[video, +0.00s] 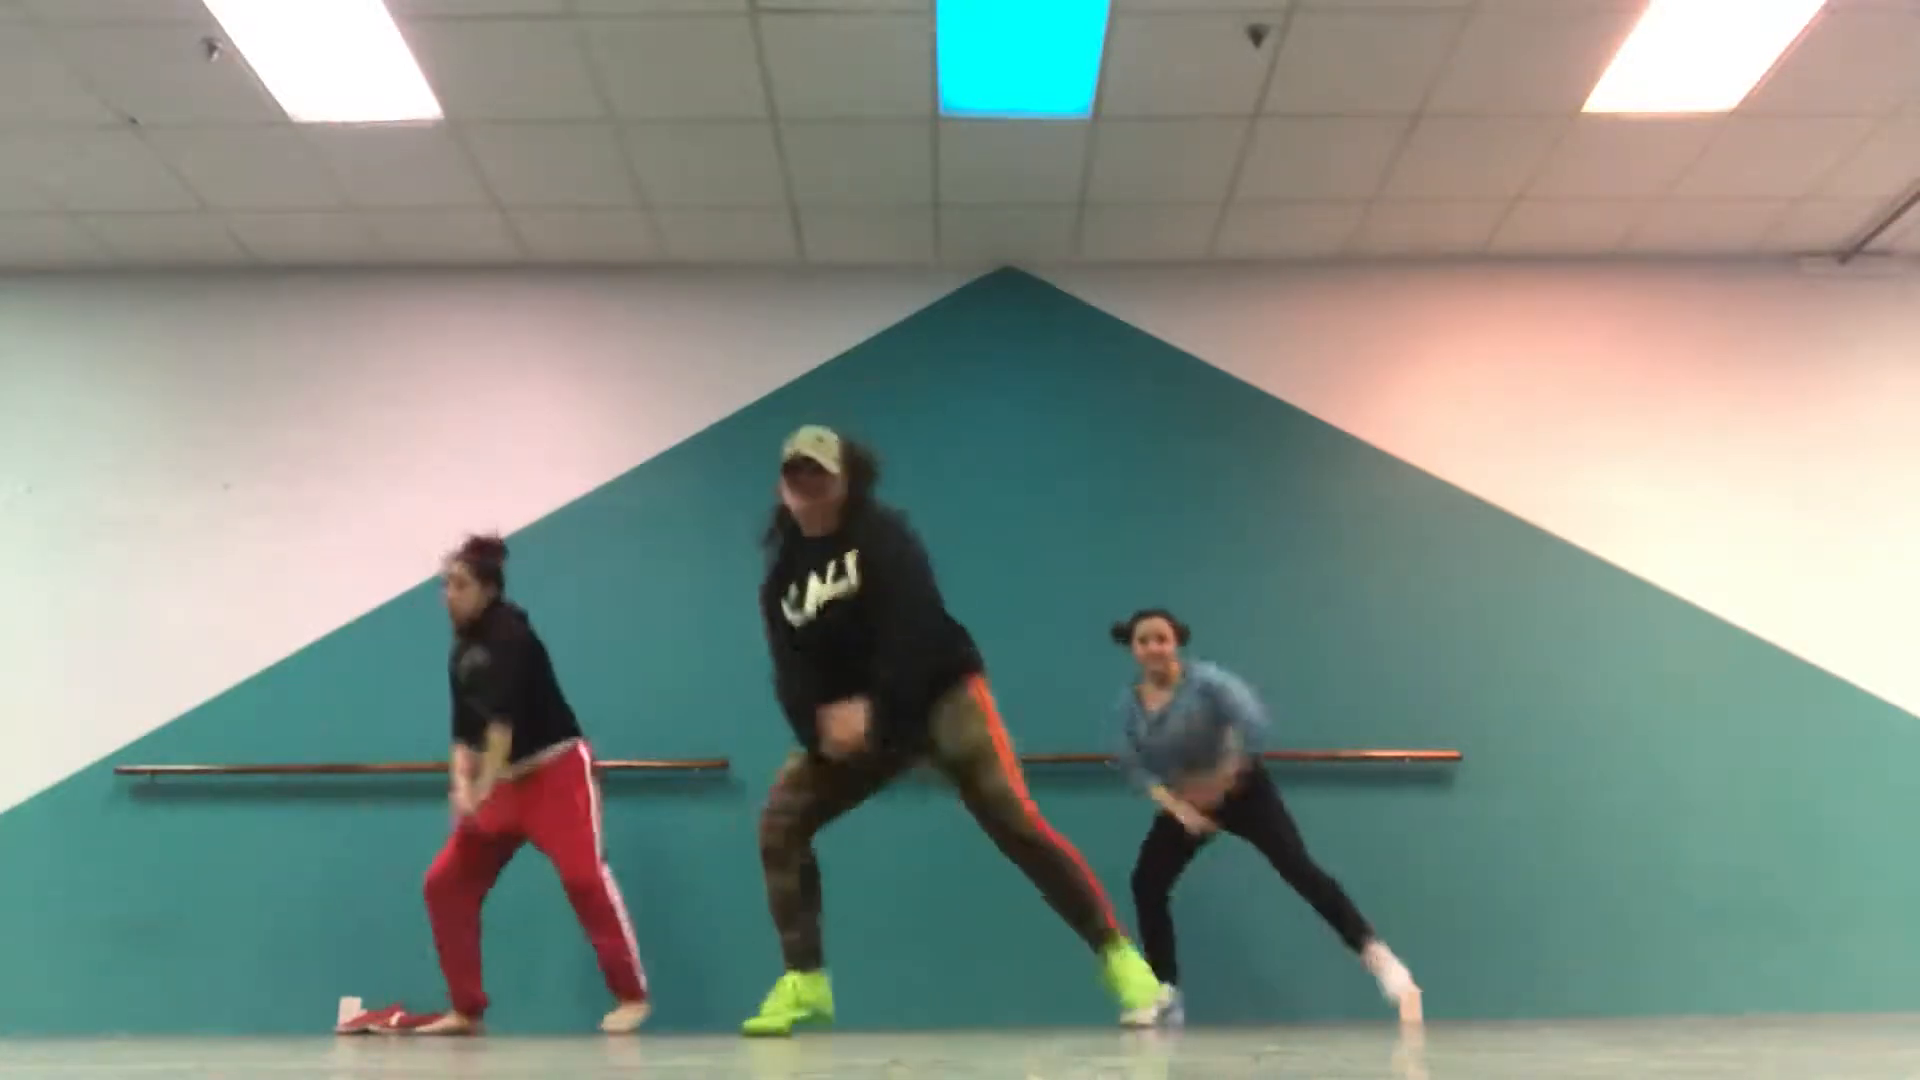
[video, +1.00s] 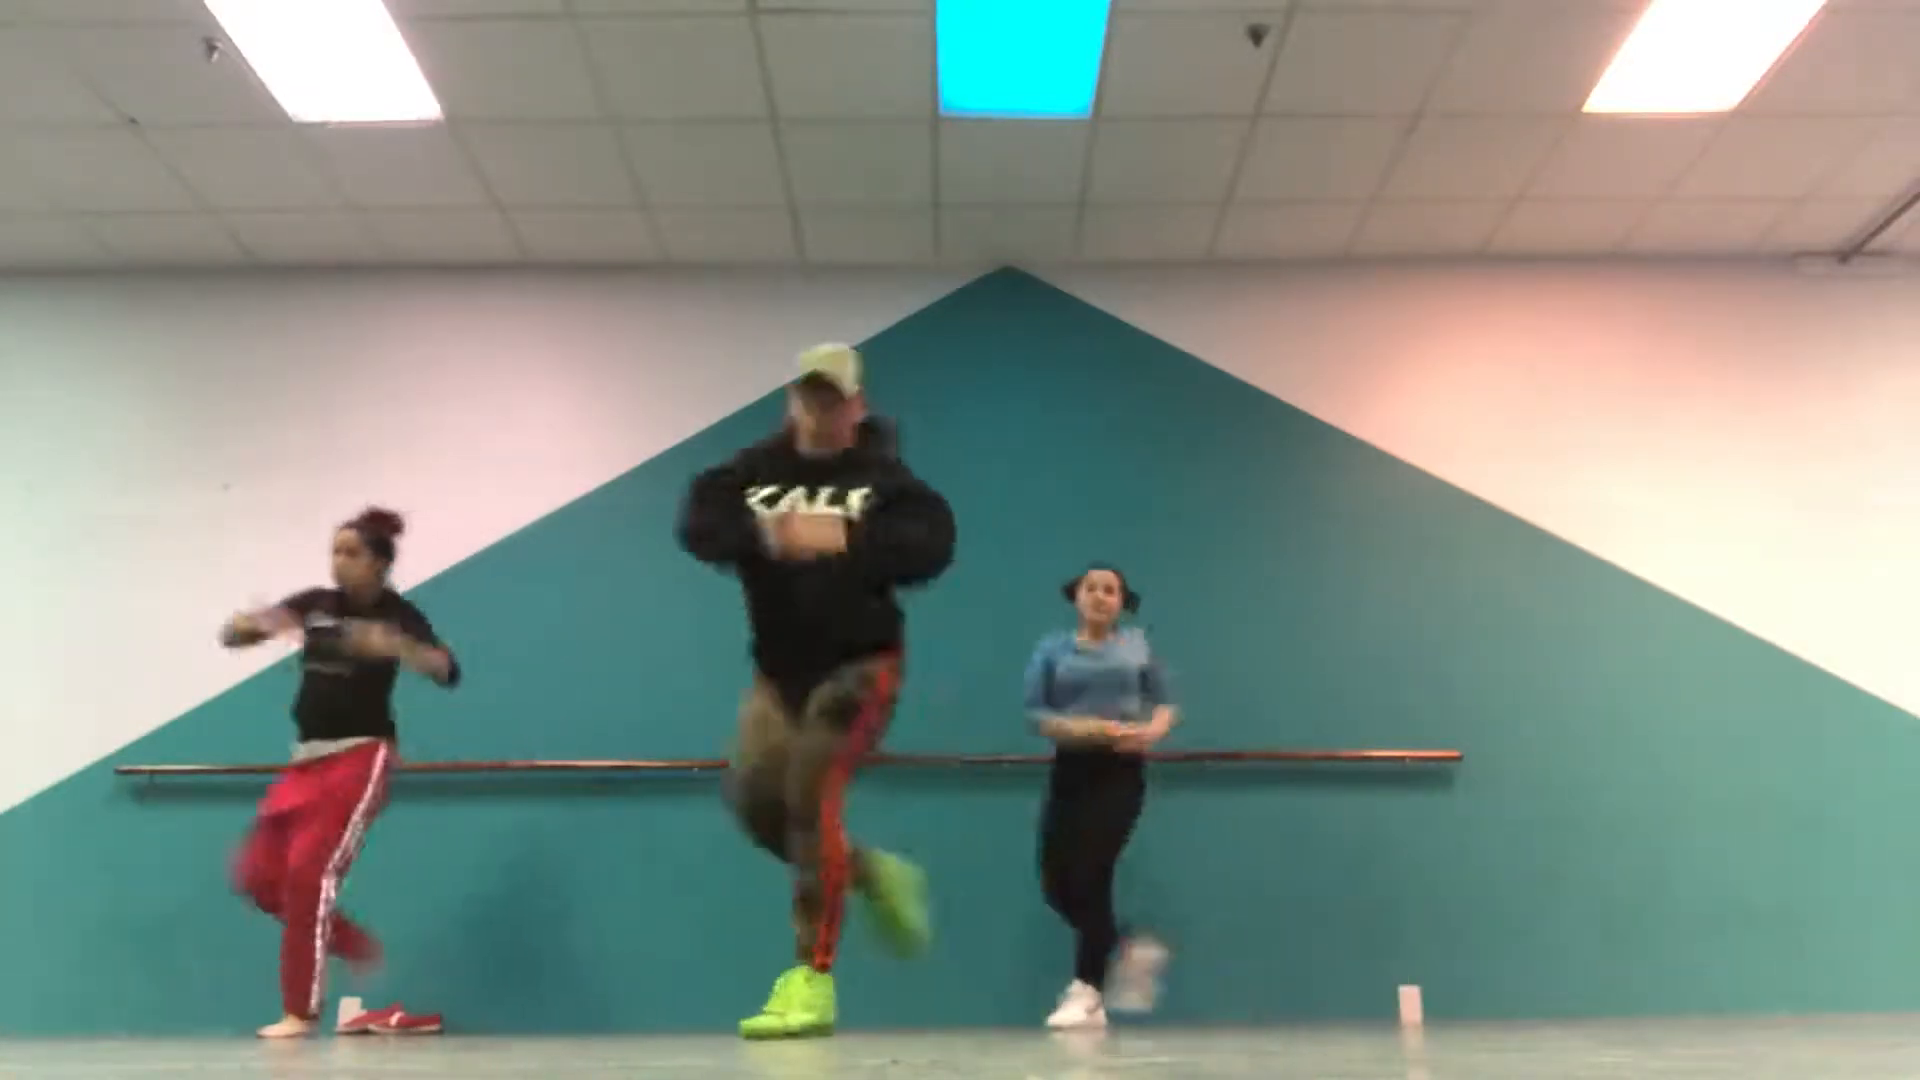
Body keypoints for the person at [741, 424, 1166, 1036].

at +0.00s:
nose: (803, 489)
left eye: (817, 476)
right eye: (792, 477)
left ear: (847, 483)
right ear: (781, 488)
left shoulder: (883, 535)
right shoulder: (781, 576)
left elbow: (913, 628)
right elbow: (789, 667)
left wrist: (878, 709)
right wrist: (817, 723)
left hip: (944, 696)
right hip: (864, 719)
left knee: (1013, 822)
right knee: (781, 824)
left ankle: (1118, 957)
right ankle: (805, 981)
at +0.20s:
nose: (843, 481)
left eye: (855, 468)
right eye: (833, 469)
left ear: (880, 471)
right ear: (821, 478)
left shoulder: (910, 520)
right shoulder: (822, 558)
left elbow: (925, 610)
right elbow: (805, 638)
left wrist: (877, 693)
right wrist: (837, 698)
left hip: (979, 695)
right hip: (904, 716)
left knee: (1038, 821)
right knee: (819, 814)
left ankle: (1147, 975)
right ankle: (811, 988)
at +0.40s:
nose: (879, 450)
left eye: (890, 438)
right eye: (869, 440)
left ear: (914, 441)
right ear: (853, 450)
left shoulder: (936, 489)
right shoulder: (835, 518)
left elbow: (938, 466)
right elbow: (758, 498)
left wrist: (862, 488)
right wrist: (812, 499)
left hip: (986, 655)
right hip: (917, 689)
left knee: (944, 731)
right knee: (925, 839)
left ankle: (1054, 779)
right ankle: (993, 972)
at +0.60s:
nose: (894, 438)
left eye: (907, 429)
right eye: (884, 428)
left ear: (928, 442)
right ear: (867, 438)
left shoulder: (956, 499)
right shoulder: (840, 509)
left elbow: (957, 581)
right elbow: (783, 582)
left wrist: (877, 626)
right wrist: (814, 639)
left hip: (973, 668)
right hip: (904, 685)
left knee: (903, 746)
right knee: (947, 842)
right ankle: (1007, 974)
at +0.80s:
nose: (873, 438)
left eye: (887, 429)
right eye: (865, 426)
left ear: (908, 444)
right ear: (847, 435)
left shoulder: (933, 525)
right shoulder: (809, 516)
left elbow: (939, 625)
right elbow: (800, 619)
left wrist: (897, 709)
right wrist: (821, 708)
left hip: (924, 694)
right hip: (853, 699)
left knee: (871, 822)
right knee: (933, 848)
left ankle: (818, 979)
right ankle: (1008, 980)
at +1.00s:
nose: (818, 410)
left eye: (833, 399)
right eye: (809, 397)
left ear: (857, 407)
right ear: (792, 402)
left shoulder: (882, 475)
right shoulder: (755, 468)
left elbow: (932, 539)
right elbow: (699, 525)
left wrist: (843, 536)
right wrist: (771, 533)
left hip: (859, 664)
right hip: (780, 670)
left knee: (814, 797)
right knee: (755, 800)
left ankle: (812, 975)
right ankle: (874, 877)